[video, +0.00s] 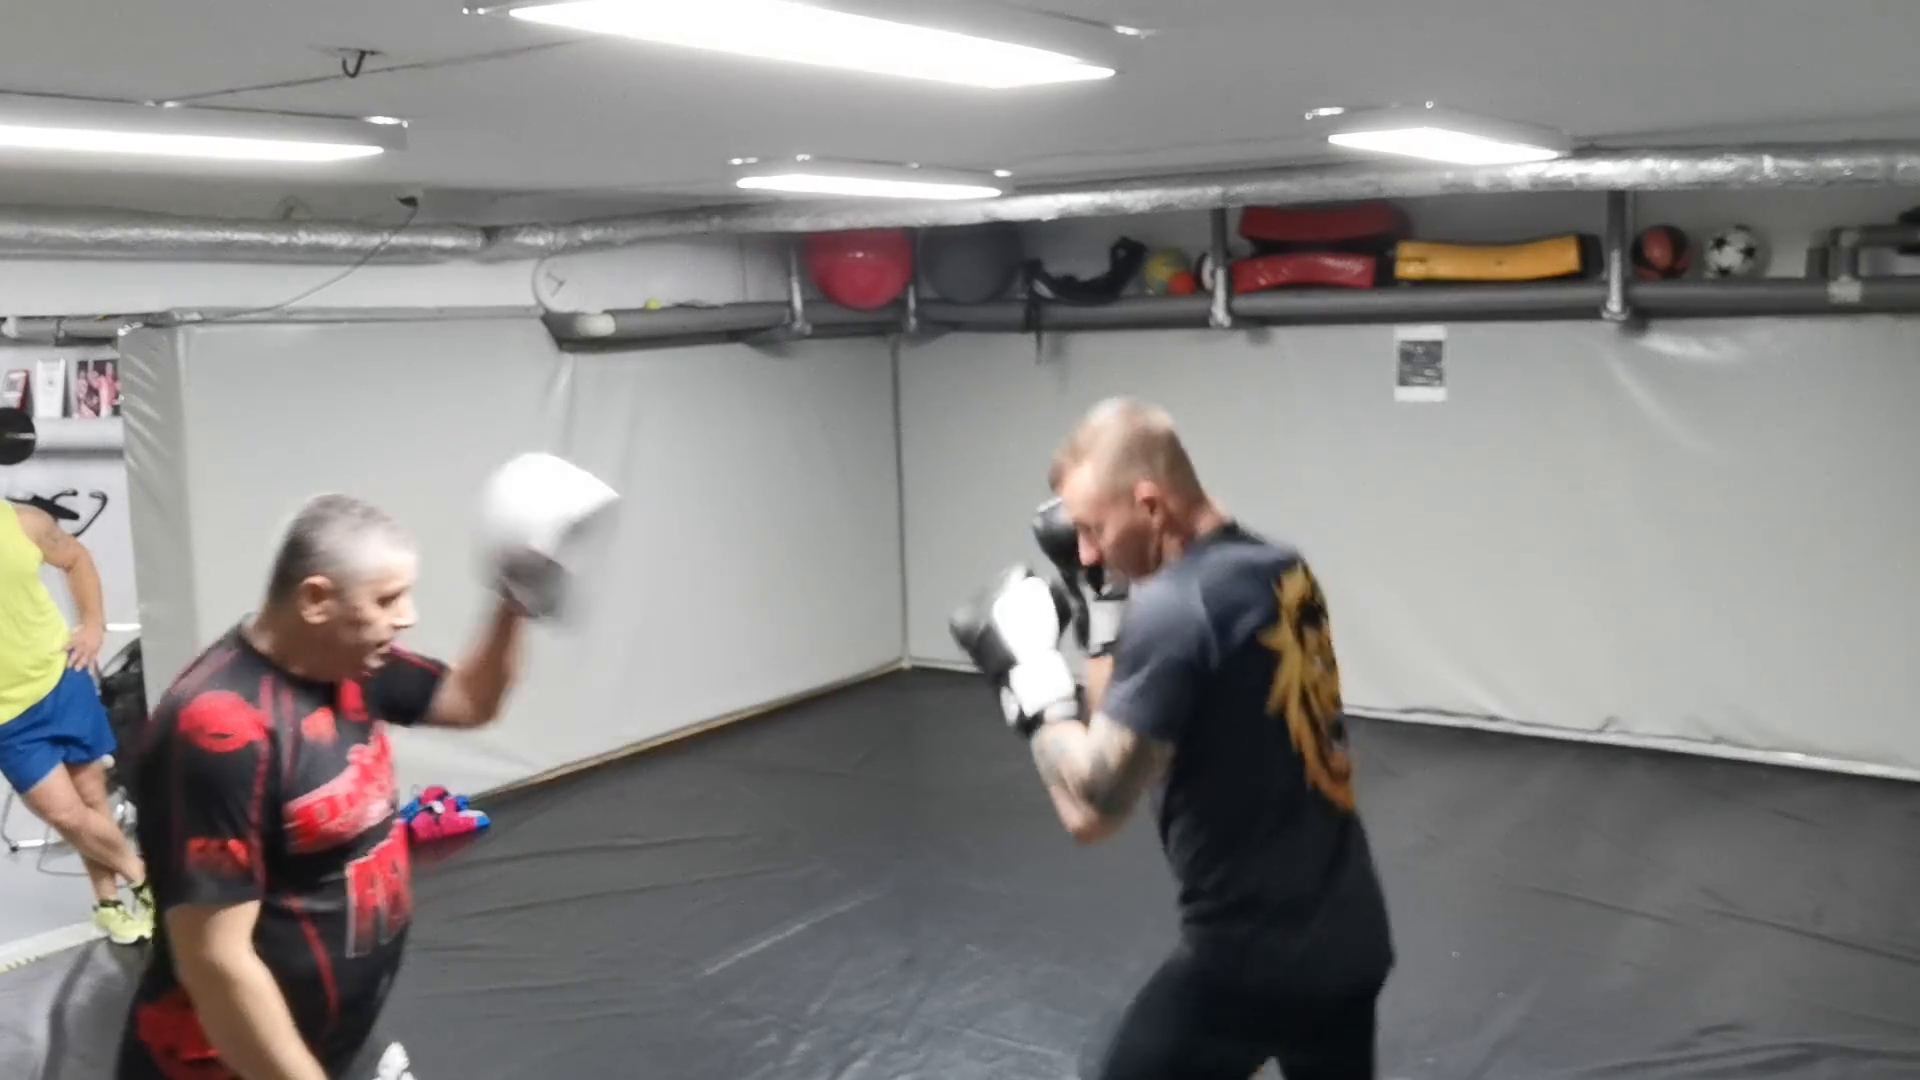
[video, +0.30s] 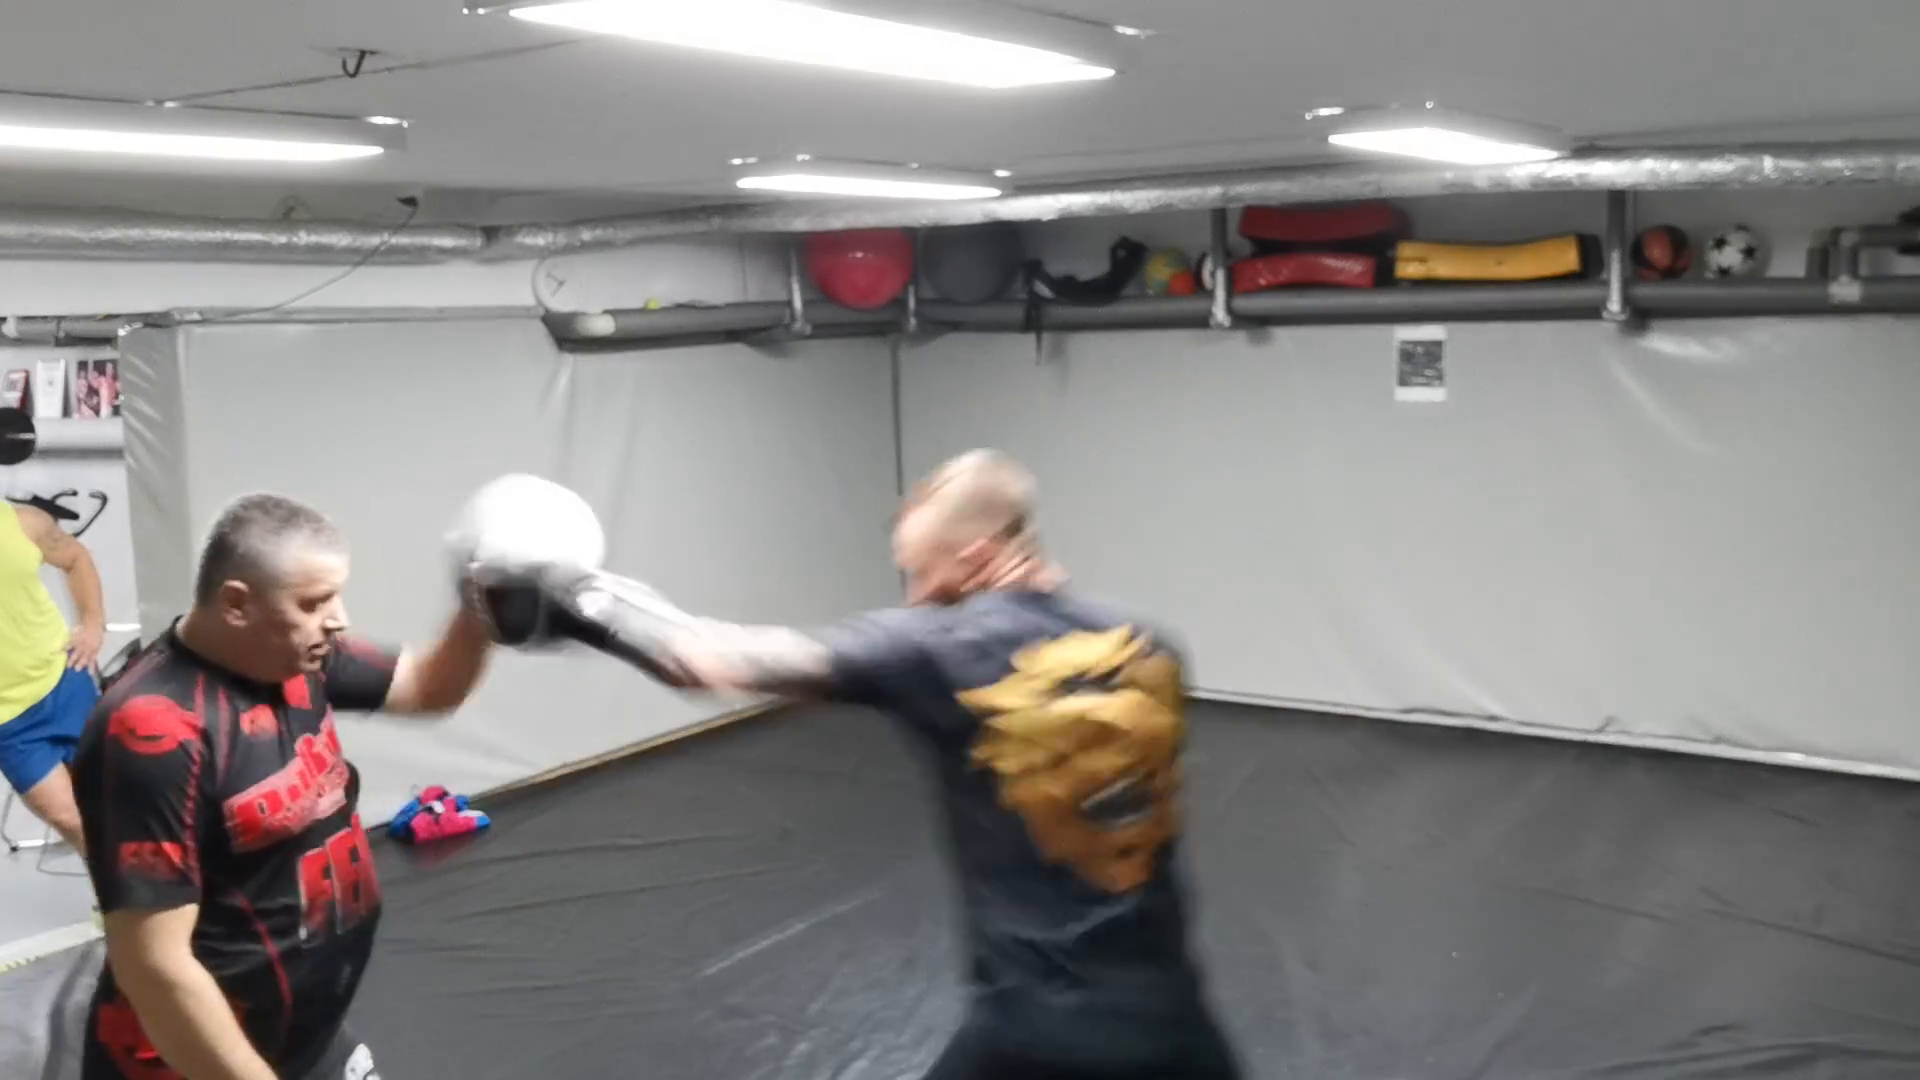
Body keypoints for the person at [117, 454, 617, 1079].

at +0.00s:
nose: (406, 618)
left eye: (405, 597)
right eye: (387, 601)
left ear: (319, 601)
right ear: (317, 600)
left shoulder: (342, 665)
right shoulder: (214, 726)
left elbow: (469, 700)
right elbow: (213, 958)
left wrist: (513, 599)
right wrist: (304, 1071)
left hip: (343, 1038)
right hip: (233, 1057)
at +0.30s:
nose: (339, 623)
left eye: (337, 600)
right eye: (314, 605)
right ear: (236, 605)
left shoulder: (291, 657)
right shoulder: (147, 727)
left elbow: (430, 688)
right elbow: (153, 965)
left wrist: (479, 612)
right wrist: (256, 1075)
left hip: (303, 1036)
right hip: (189, 1058)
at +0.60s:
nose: (236, 624)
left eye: (234, 600)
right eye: (208, 610)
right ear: (119, 616)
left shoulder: (252, 662)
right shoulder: (43, 761)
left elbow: (322, 772)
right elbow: (45, 988)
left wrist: (411, 830)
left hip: (292, 1040)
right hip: (157, 1062)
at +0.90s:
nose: (276, 641)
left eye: (275, 615)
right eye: (248, 623)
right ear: (157, 622)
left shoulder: (295, 699)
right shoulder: (33, 756)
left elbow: (403, 857)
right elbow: (3, 971)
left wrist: (348, 1014)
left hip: (275, 1058)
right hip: (111, 1066)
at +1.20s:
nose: (468, 668)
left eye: (471, 642)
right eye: (449, 643)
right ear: (361, 634)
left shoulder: (466, 715)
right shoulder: (216, 765)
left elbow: (588, 808)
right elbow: (131, 978)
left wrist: (585, 931)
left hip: (413, 1059)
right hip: (255, 1062)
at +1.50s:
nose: (685, 611)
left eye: (687, 589)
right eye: (670, 588)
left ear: (612, 584)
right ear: (587, 582)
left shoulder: (670, 665)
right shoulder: (432, 717)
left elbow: (832, 705)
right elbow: (363, 942)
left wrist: (997, 781)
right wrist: (389, 1079)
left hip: (616, 1050)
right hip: (478, 1060)